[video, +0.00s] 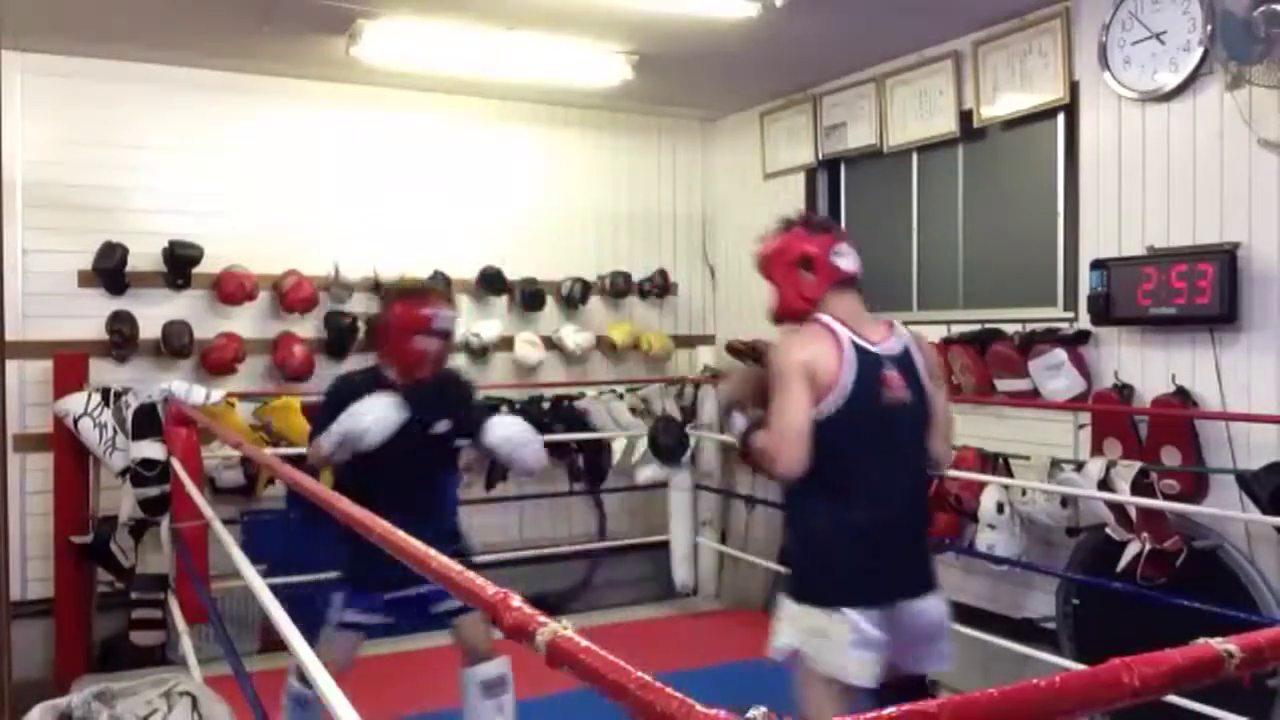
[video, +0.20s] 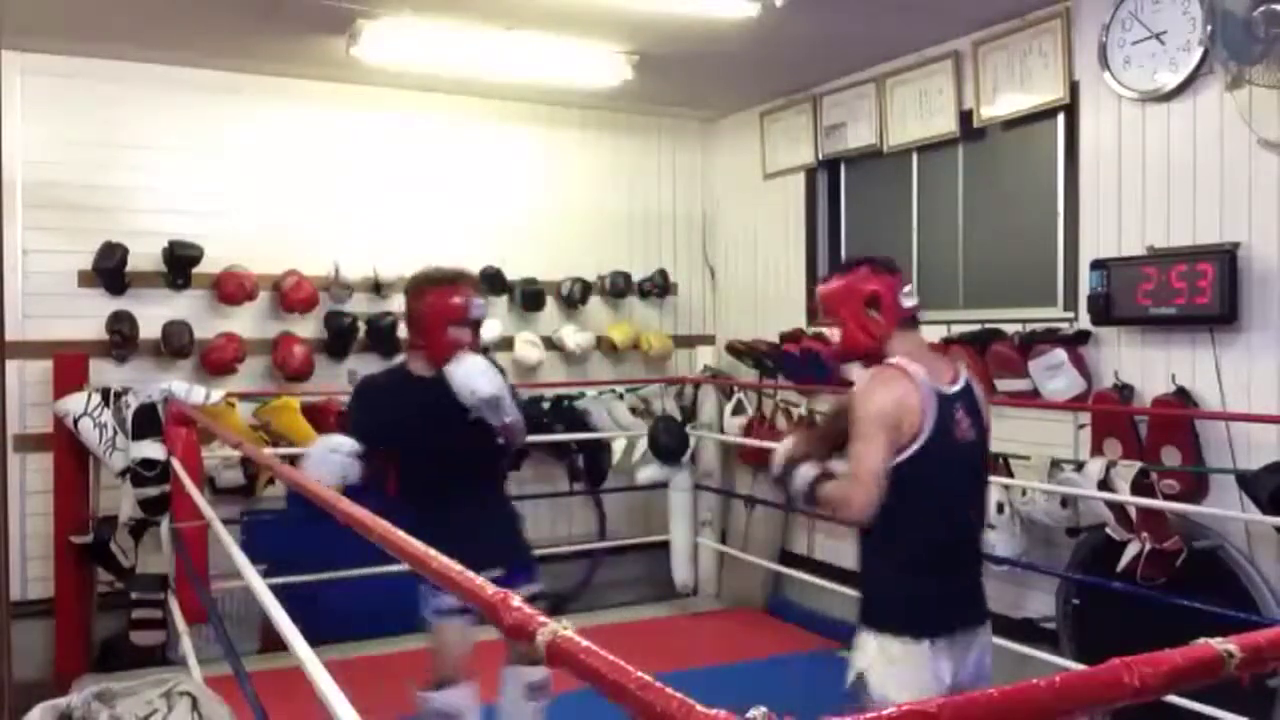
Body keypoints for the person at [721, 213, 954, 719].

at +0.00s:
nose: (772, 300)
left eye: (774, 284)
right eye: (770, 285)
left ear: (802, 279)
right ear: (844, 272)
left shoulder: (798, 346)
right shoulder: (914, 345)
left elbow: (788, 459)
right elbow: (938, 451)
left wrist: (746, 428)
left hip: (832, 589)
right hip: (910, 578)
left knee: (825, 710)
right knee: (909, 710)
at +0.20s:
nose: (834, 338)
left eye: (836, 324)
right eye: (831, 325)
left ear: (869, 316)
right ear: (897, 310)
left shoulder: (882, 390)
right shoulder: (960, 375)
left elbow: (860, 503)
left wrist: (800, 475)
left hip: (903, 624)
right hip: (967, 613)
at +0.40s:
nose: (859, 320)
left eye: (862, 305)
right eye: (857, 306)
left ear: (896, 296)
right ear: (909, 294)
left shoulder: (921, 362)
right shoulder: (965, 356)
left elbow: (891, 469)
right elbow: (936, 455)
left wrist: (836, 427)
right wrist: (866, 414)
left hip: (918, 560)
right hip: (974, 564)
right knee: (955, 697)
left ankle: (853, 698)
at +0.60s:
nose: (850, 317)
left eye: (853, 302)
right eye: (847, 303)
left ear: (887, 292)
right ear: (897, 290)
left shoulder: (911, 360)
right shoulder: (945, 353)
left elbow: (900, 463)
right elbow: (906, 442)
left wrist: (834, 433)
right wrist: (849, 399)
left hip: (900, 532)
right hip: (948, 542)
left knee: (773, 492)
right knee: (946, 681)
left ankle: (800, 614)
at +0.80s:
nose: (816, 308)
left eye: (821, 293)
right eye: (816, 293)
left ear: (848, 287)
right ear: (874, 288)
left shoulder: (842, 351)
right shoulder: (934, 357)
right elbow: (951, 443)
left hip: (838, 541)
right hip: (911, 549)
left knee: (729, 576)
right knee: (935, 673)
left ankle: (719, 708)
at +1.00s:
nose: (739, 341)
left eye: (746, 326)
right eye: (741, 327)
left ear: (778, 322)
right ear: (791, 321)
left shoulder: (773, 390)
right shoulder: (834, 376)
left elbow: (716, 451)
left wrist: (657, 425)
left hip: (795, 590)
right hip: (861, 587)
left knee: (680, 676)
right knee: (862, 686)